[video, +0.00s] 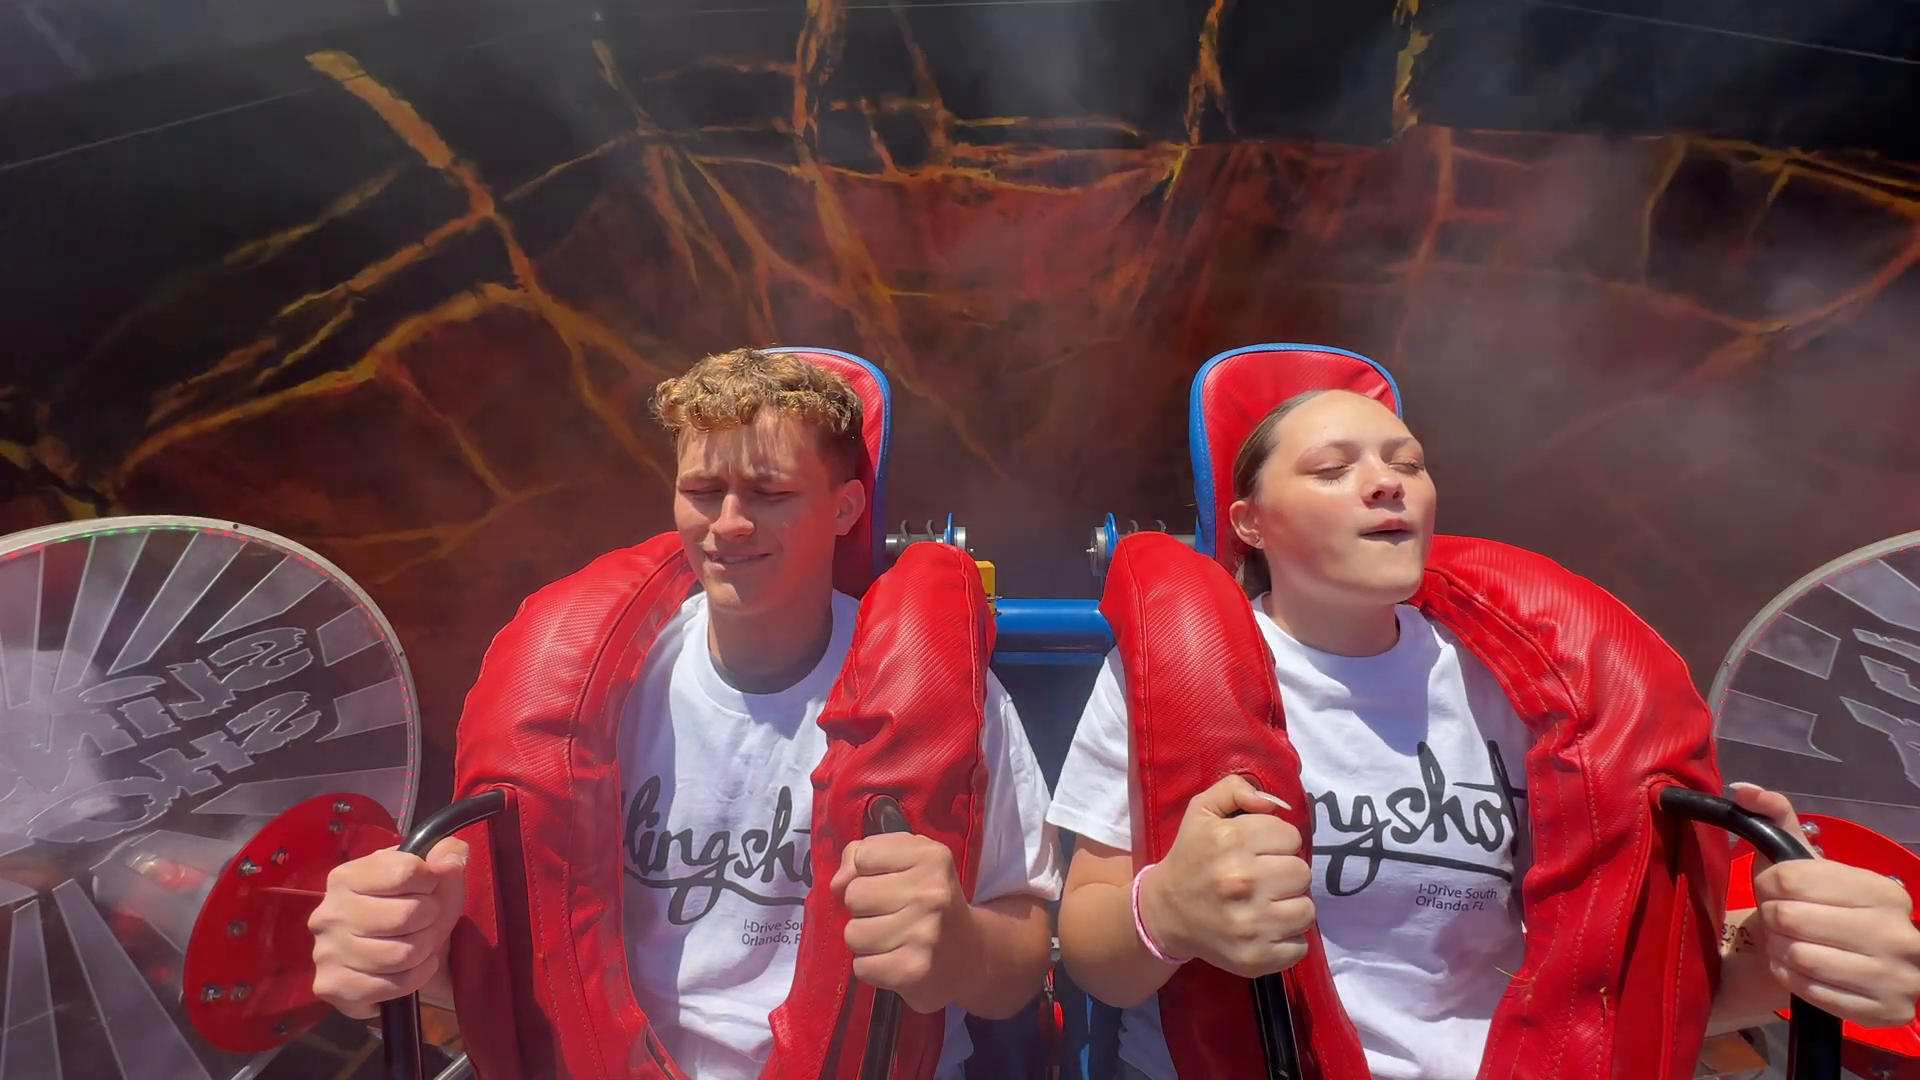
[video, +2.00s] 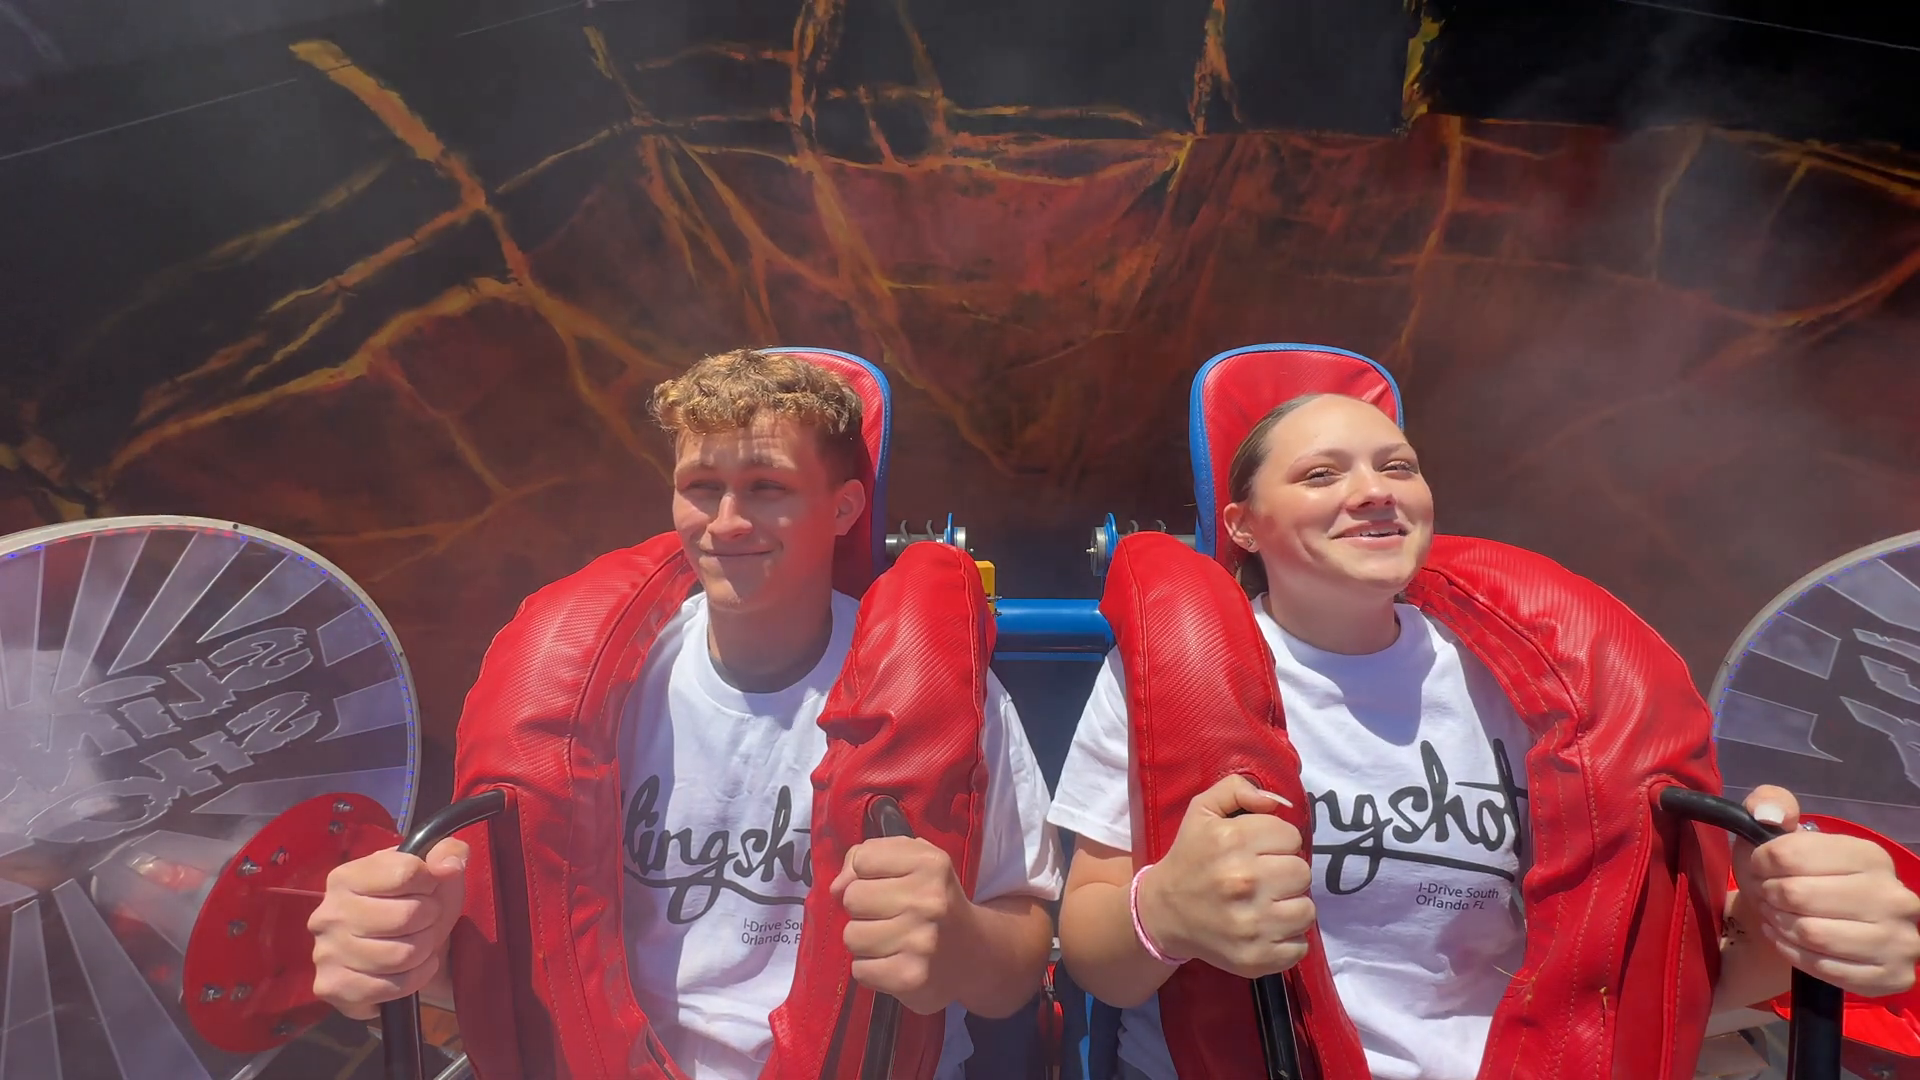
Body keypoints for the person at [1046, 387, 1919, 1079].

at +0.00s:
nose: (1386, 481)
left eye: (1402, 457)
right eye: (1330, 466)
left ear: (1432, 491)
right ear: (1245, 522)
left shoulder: (1529, 666)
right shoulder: (1173, 667)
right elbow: (1086, 955)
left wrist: (1748, 927)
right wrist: (1161, 911)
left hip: (1508, 1068)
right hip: (1287, 1066)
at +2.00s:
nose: (1373, 491)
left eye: (1393, 463)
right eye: (1321, 473)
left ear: (1427, 490)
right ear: (1242, 525)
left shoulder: (1533, 655)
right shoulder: (1171, 663)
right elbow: (1087, 957)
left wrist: (1754, 897)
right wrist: (1160, 913)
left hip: (1515, 1055)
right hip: (1289, 1057)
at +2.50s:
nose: (1374, 486)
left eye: (1394, 459)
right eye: (1321, 470)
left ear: (1428, 488)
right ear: (1241, 523)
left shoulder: (1533, 659)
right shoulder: (1171, 661)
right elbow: (1088, 956)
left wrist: (1758, 903)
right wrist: (1159, 913)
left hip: (1510, 1058)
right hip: (1285, 1059)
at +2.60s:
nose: (1374, 481)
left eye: (1393, 455)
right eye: (1322, 465)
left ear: (1428, 485)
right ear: (1242, 521)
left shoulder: (1533, 661)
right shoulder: (1171, 662)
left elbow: (1659, 939)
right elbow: (1088, 956)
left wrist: (1773, 915)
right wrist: (1159, 913)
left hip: (1513, 1056)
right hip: (1291, 1058)